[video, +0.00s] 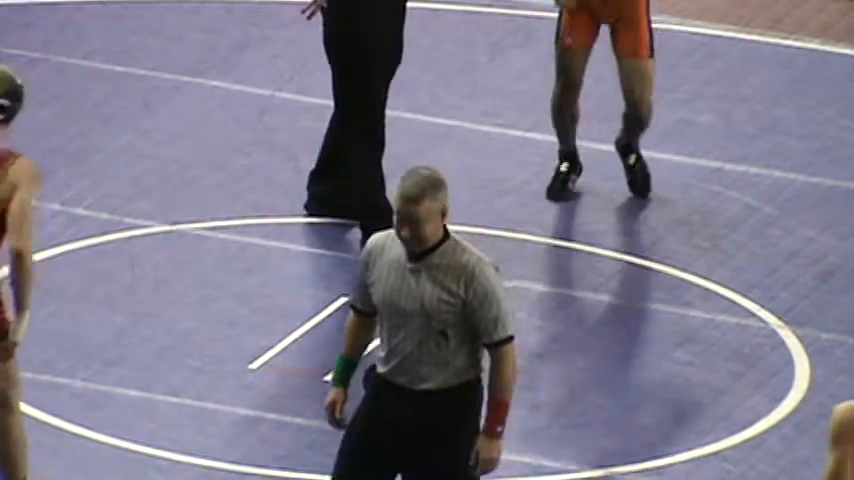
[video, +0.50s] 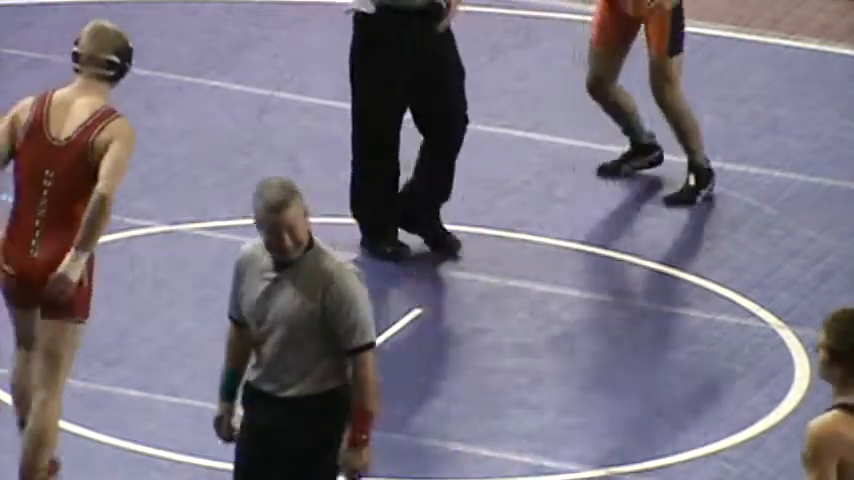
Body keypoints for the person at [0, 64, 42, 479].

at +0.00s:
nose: (7, 113)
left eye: (4, 105)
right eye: (11, 107)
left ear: (4, 112)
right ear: (10, 113)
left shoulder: (19, 171)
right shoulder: (18, 171)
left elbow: (18, 246)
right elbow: (18, 246)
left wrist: (20, 311)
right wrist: (21, 309)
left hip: (3, 308)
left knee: (10, 407)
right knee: (8, 407)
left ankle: (17, 470)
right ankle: (15, 472)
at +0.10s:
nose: (2, 91)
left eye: (6, 86)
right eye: (6, 85)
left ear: (8, 93)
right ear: (47, 104)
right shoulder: (45, 164)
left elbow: (44, 246)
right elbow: (43, 245)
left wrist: (44, 309)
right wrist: (46, 309)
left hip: (9, 294)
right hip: (7, 296)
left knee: (23, 405)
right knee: (23, 406)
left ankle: (25, 471)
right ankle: (24, 474)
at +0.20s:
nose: (31, 79)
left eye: (32, 73)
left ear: (30, 78)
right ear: (76, 91)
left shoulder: (5, 121)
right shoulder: (70, 151)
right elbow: (64, 226)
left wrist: (59, 289)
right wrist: (64, 291)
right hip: (20, 281)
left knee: (29, 398)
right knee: (30, 399)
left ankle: (28, 470)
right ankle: (27, 474)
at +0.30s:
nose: (52, 68)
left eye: (51, 61)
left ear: (50, 66)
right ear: (96, 80)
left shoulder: (9, 112)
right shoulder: (90, 138)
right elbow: (82, 214)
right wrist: (75, 281)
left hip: (0, 264)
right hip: (36, 273)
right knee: (37, 394)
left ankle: (30, 469)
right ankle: (30, 473)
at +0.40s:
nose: (67, 59)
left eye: (67, 52)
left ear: (64, 60)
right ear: (111, 73)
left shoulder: (14, 110)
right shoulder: (105, 132)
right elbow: (92, 207)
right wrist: (73, 271)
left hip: (3, 266)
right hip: (50, 272)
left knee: (1, 378)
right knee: (43, 397)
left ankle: (23, 468)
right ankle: (31, 473)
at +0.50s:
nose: (76, 55)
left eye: (78, 50)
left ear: (76, 58)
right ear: (121, 70)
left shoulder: (28, 109)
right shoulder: (117, 130)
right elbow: (102, 197)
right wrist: (80, 255)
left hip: (15, 255)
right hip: (66, 265)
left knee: (24, 352)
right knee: (49, 383)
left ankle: (37, 450)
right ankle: (34, 470)